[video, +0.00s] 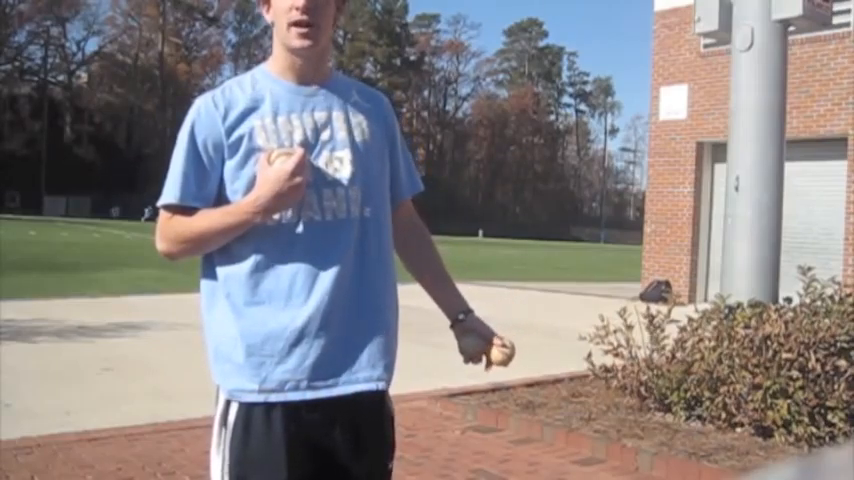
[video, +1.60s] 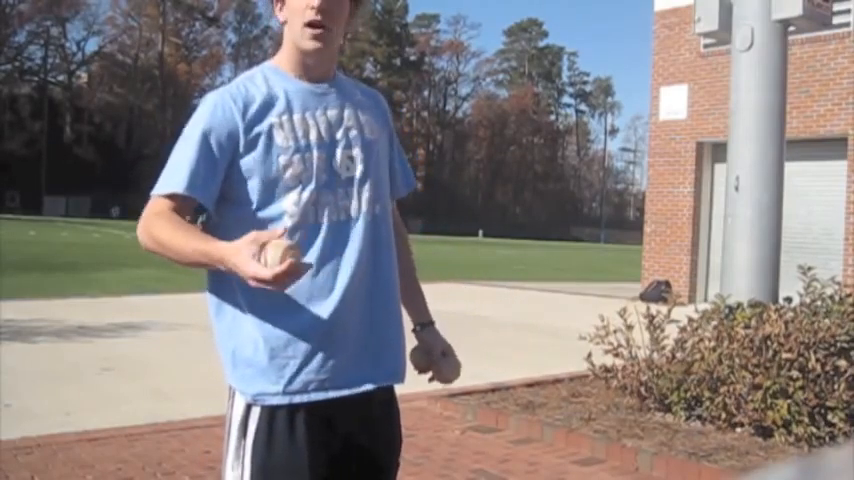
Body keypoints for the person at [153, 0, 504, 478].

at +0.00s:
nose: (305, 8)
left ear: (338, 10)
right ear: (268, 9)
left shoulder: (373, 109)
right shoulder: (216, 112)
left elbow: (405, 225)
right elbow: (169, 238)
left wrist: (463, 318)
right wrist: (258, 203)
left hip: (359, 386)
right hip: (260, 392)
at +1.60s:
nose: (319, 8)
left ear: (351, 14)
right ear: (280, 9)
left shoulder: (371, 107)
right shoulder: (232, 107)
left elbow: (389, 221)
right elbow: (155, 223)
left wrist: (423, 326)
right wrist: (228, 254)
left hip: (369, 381)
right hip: (277, 391)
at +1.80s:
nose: (304, 9)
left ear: (354, 16)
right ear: (283, 9)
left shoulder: (382, 112)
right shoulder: (229, 104)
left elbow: (399, 231)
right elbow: (122, 193)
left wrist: (423, 338)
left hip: (367, 387)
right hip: (269, 393)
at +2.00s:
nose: (302, 7)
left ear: (357, 13)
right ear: (285, 7)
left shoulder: (391, 115)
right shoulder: (228, 96)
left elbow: (407, 234)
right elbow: (103, 126)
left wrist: (434, 344)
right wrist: (91, 14)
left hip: (366, 394)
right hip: (265, 398)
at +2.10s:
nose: (300, 10)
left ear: (357, 13)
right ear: (285, 8)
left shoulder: (393, 116)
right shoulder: (229, 93)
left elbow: (410, 237)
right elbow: (101, 110)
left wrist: (442, 344)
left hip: (364, 395)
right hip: (263, 397)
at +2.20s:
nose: (301, 8)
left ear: (360, 15)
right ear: (286, 10)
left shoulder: (395, 115)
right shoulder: (230, 89)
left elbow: (414, 238)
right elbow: (105, 96)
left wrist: (450, 346)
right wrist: (36, 11)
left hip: (363, 395)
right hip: (262, 398)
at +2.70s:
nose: (309, 8)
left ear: (364, 13)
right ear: (289, 7)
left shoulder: (399, 117)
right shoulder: (238, 93)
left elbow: (420, 239)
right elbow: (106, 100)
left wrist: (452, 350)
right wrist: (1, 80)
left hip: (363, 398)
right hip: (262, 396)